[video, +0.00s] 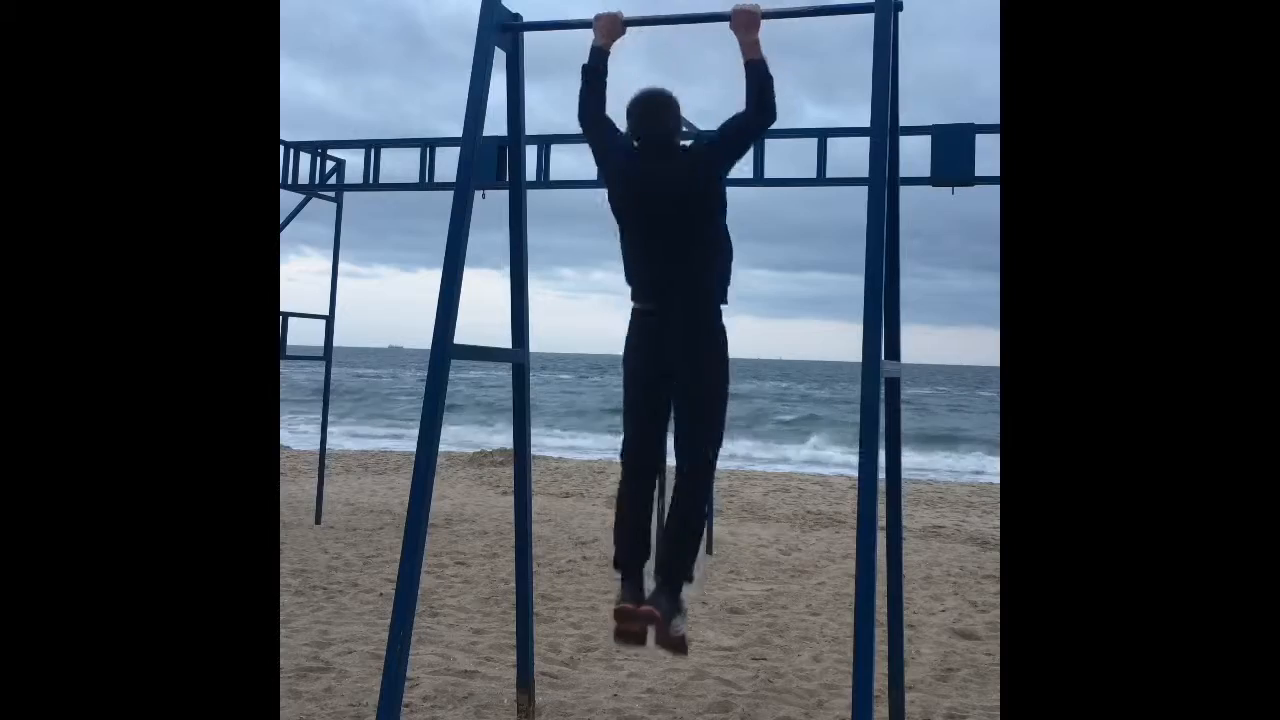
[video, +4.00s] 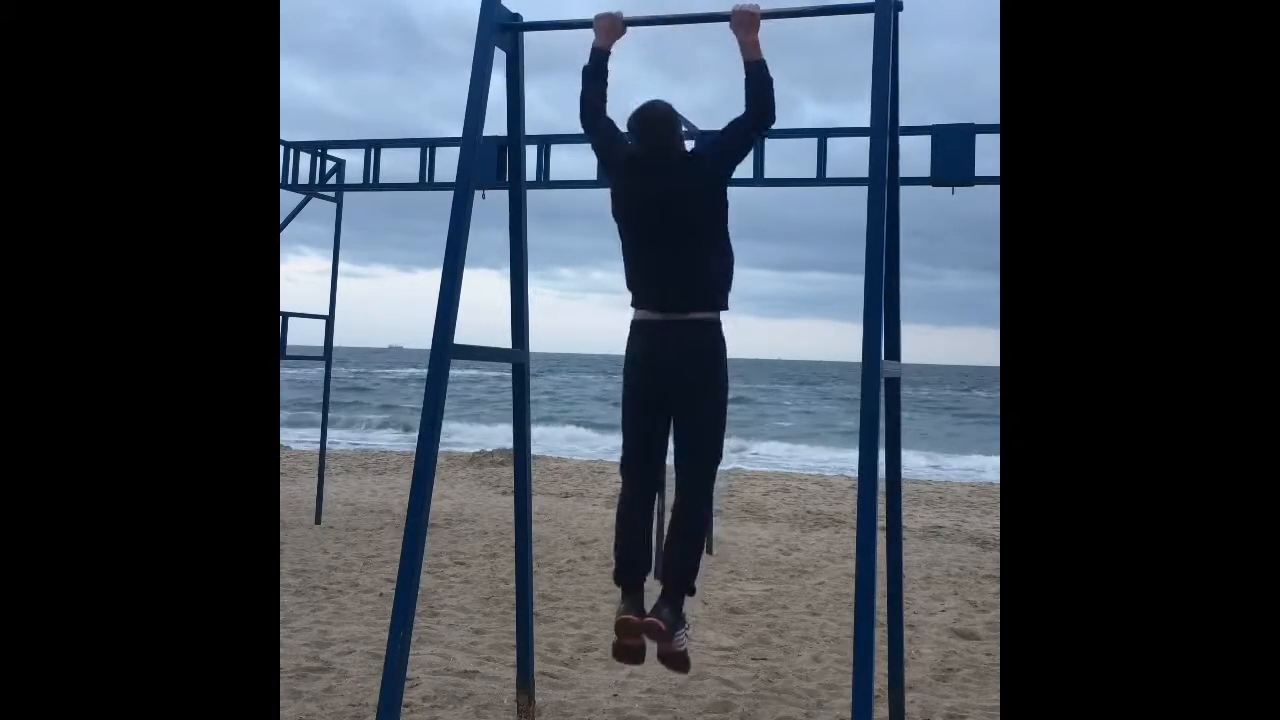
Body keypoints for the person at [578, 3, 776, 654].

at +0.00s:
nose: (683, 122)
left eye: (674, 117)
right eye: (680, 116)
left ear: (631, 130)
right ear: (678, 124)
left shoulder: (620, 167)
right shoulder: (707, 161)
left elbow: (592, 114)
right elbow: (760, 111)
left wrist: (600, 46)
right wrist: (751, 43)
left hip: (646, 330)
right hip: (701, 332)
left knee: (639, 460)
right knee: (695, 469)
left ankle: (631, 592)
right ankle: (666, 600)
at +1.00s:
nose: (633, 22)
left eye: (625, 16)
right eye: (656, 15)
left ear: (621, 21)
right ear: (668, 19)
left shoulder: (601, 70)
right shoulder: (696, 65)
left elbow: (567, 105)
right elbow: (772, 96)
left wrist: (596, 41)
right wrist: (754, 38)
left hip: (637, 238)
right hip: (695, 235)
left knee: (648, 364)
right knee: (705, 360)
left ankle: (660, 489)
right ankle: (697, 489)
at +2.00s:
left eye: (618, 4)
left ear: (618, 3)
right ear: (664, 1)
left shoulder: (599, 41)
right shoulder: (693, 34)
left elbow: (564, 99)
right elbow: (762, 88)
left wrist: (594, 33)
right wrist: (750, 36)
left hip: (634, 206)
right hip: (693, 203)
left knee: (651, 324)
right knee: (710, 321)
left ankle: (668, 445)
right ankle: (706, 448)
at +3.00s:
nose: (652, 79)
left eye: (626, 71)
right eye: (654, 71)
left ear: (612, 83)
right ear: (659, 78)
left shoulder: (602, 130)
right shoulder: (691, 117)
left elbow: (591, 95)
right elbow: (751, 108)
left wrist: (599, 45)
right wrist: (748, 44)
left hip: (637, 292)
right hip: (695, 290)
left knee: (643, 414)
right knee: (702, 418)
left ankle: (647, 539)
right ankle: (684, 541)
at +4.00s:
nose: (686, 126)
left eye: (675, 123)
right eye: (681, 123)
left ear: (633, 139)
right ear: (680, 133)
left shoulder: (623, 169)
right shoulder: (708, 164)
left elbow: (592, 112)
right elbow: (759, 113)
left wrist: (601, 46)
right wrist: (750, 45)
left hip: (646, 340)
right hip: (701, 342)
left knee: (638, 474)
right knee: (695, 479)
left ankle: (633, 609)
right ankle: (670, 610)